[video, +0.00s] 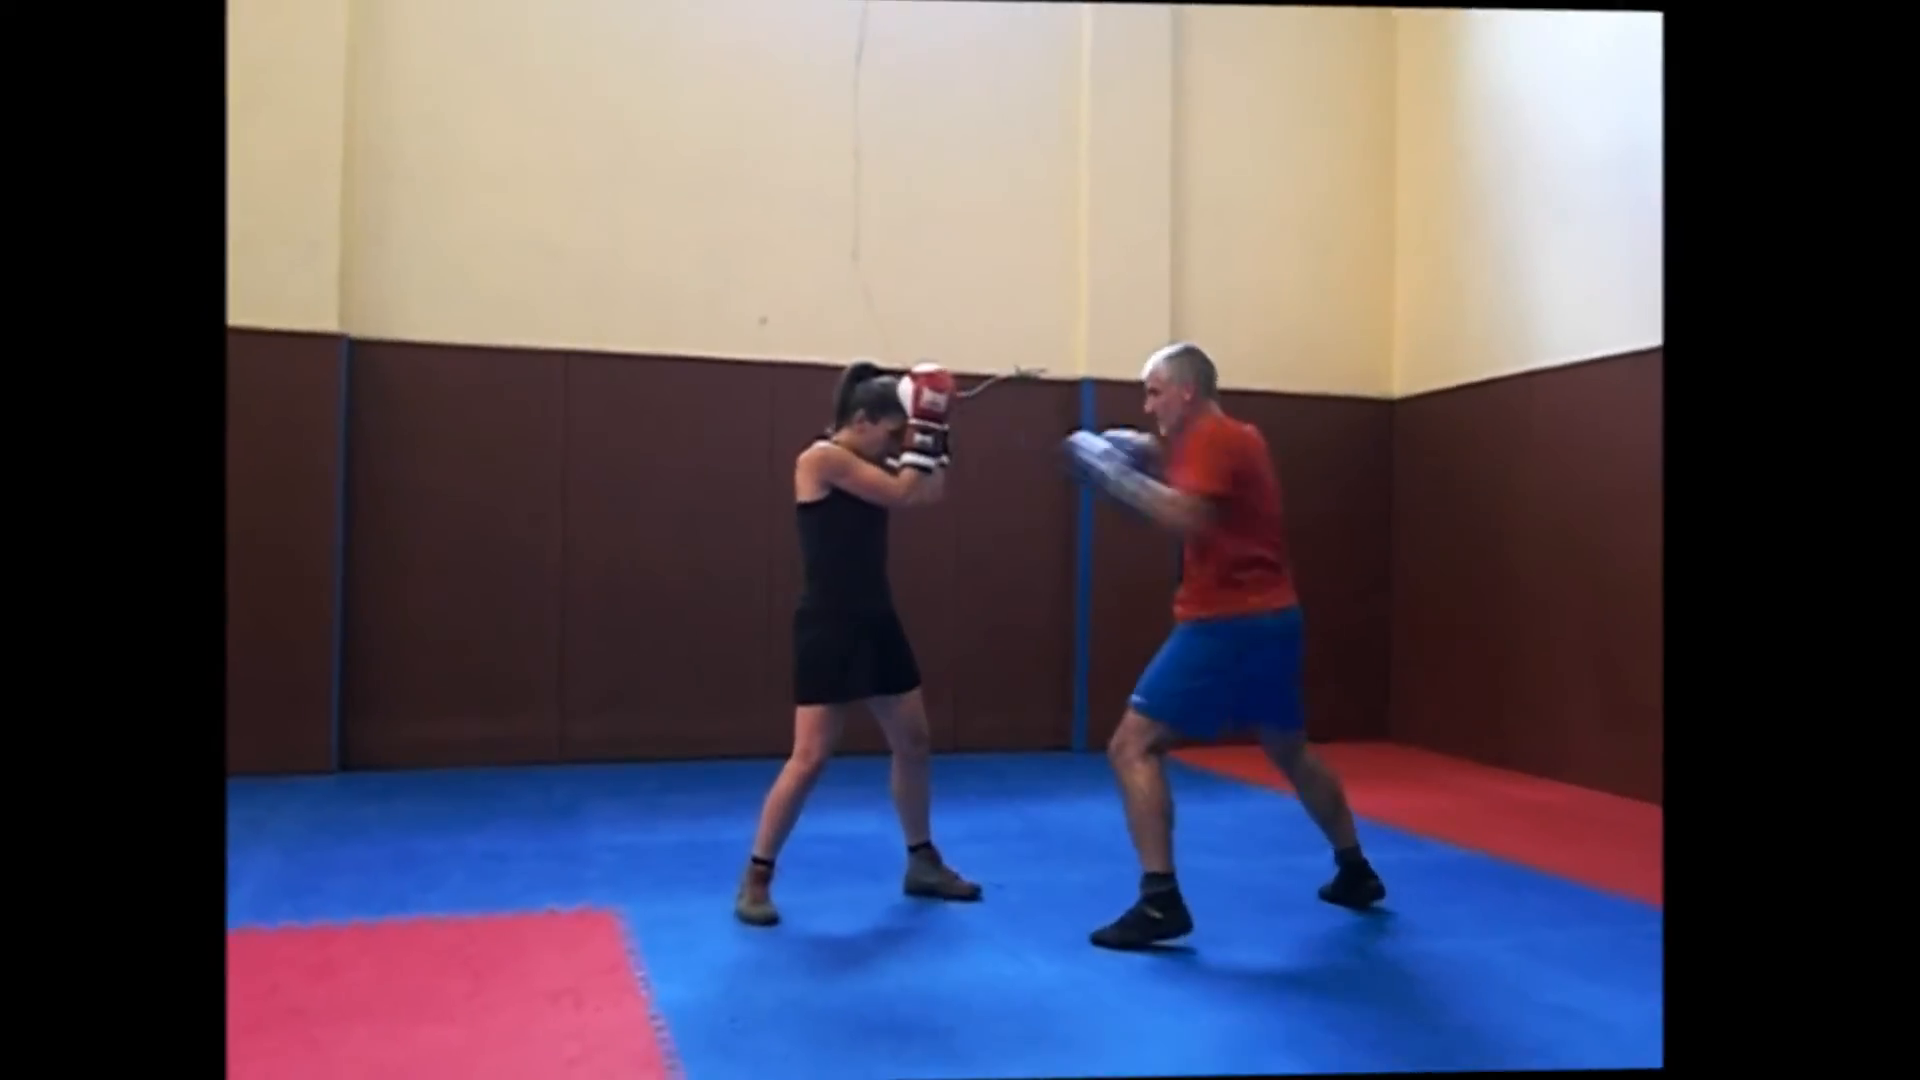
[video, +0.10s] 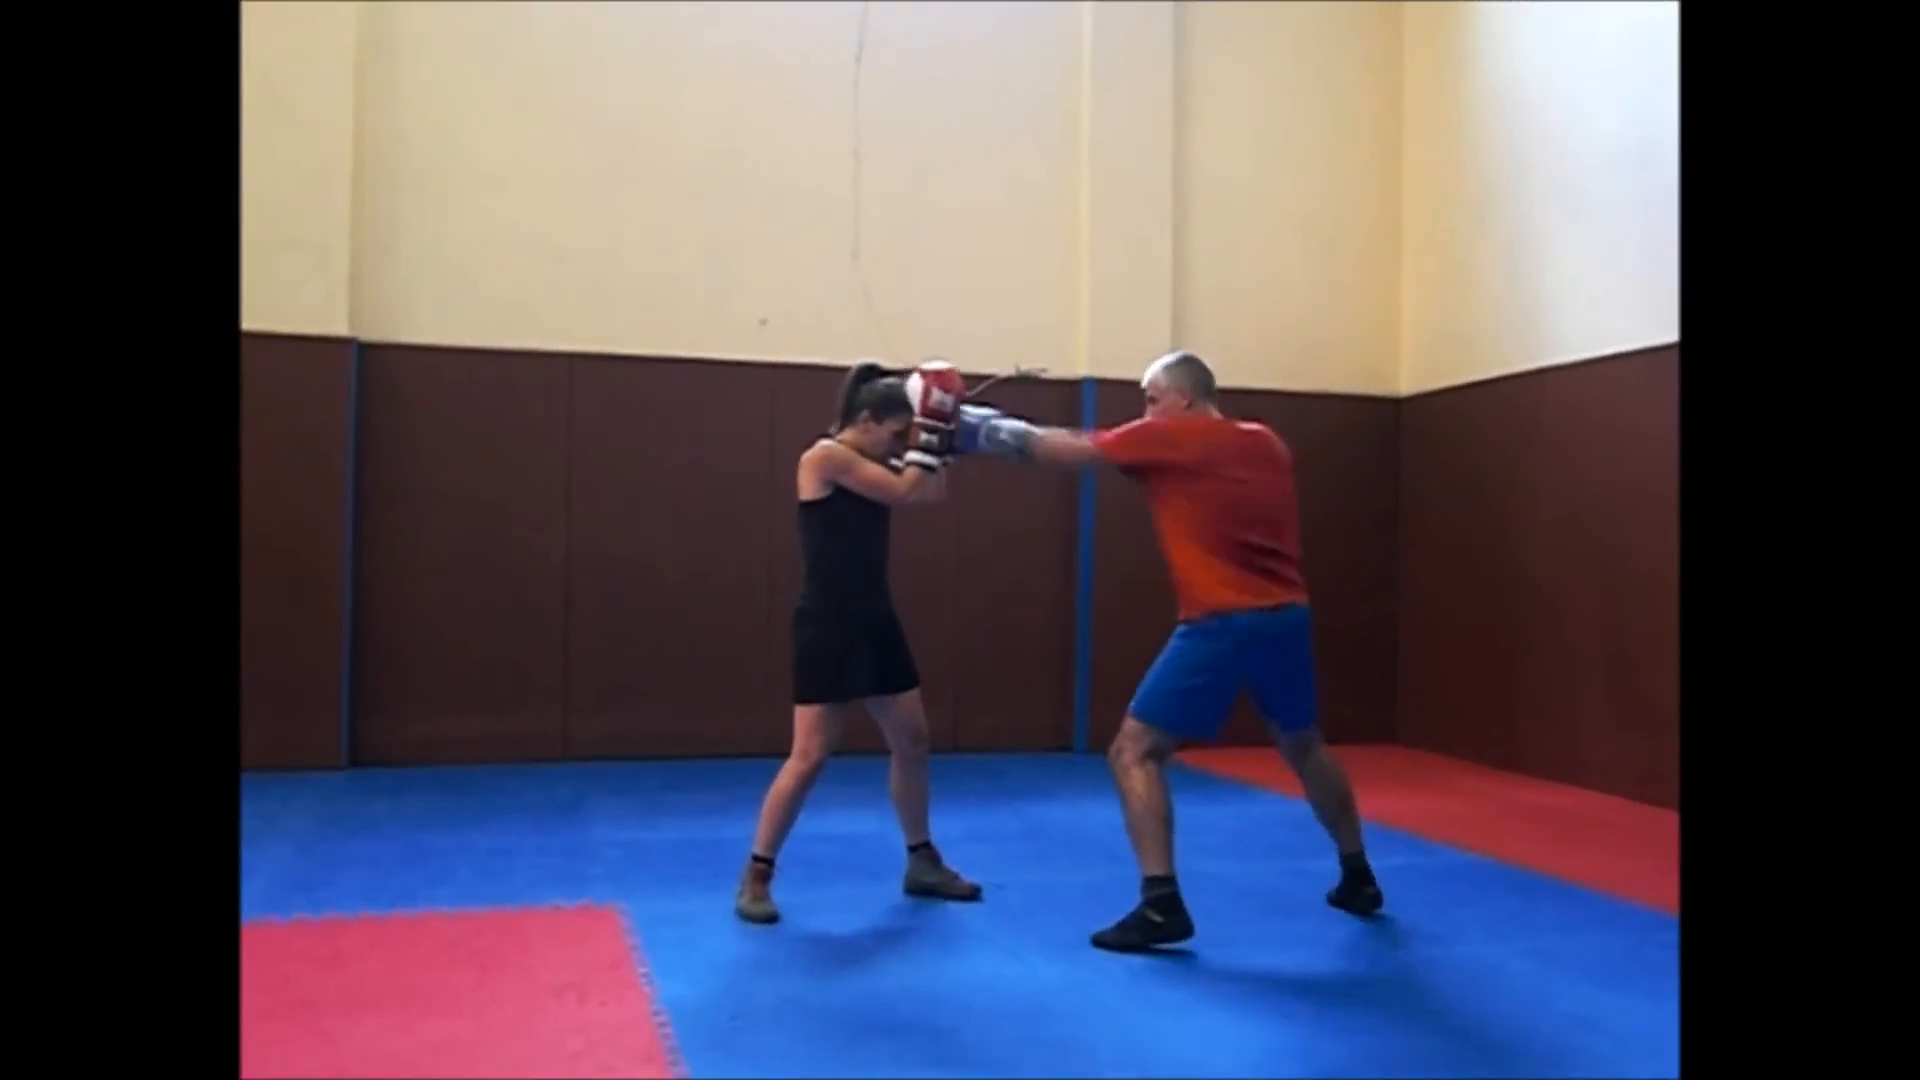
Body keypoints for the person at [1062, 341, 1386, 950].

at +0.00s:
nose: (1148, 405)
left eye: (1155, 392)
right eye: (1147, 393)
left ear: (1186, 391)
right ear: (1195, 393)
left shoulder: (1205, 439)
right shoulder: (1242, 435)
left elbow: (1188, 514)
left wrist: (1112, 476)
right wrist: (1151, 458)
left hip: (1218, 626)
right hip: (1273, 622)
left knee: (1132, 748)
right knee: (1291, 751)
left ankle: (1160, 901)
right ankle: (1355, 870)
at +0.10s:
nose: (1146, 410)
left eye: (1152, 399)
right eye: (1146, 400)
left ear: (1182, 397)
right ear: (1205, 399)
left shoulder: (1168, 436)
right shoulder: (1267, 441)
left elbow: (1067, 448)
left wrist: (985, 429)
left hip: (1215, 627)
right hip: (1287, 623)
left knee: (1133, 753)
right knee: (1306, 748)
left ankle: (1162, 906)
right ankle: (1359, 877)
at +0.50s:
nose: (1185, 406)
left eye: (1190, 392)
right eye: (1182, 394)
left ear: (1223, 387)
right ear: (1229, 389)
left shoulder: (1255, 435)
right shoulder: (1259, 435)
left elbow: (1191, 504)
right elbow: (1195, 498)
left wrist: (1158, 441)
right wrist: (1162, 447)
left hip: (1267, 619)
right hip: (1300, 618)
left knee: (1174, 737)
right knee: (1305, 753)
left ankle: (1178, 897)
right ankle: (1366, 881)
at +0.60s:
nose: (1197, 414)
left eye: (1197, 400)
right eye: (1193, 403)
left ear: (1224, 389)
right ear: (1228, 391)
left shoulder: (1257, 438)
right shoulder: (1257, 439)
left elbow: (1168, 484)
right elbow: (1156, 483)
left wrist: (1150, 419)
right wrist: (1146, 418)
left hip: (1269, 622)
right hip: (1296, 622)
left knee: (1184, 744)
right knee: (1299, 755)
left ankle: (1182, 904)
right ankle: (1370, 878)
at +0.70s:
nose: (1195, 417)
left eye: (1196, 402)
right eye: (1190, 406)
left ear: (1221, 392)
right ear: (1228, 395)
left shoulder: (1252, 444)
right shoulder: (1261, 444)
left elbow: (1153, 481)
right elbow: (1170, 473)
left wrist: (1143, 410)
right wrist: (1152, 413)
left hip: (1264, 628)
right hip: (1291, 628)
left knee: (1176, 746)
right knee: (1302, 759)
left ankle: (1182, 906)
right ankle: (1374, 879)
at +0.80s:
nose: (1189, 411)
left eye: (1192, 397)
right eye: (1186, 400)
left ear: (1218, 387)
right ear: (1227, 389)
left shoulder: (1247, 439)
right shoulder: (1258, 439)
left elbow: (1154, 488)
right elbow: (1170, 482)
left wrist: (1140, 415)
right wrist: (1148, 419)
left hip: (1262, 623)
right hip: (1296, 621)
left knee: (1174, 746)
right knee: (1317, 754)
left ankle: (1182, 906)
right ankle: (1379, 879)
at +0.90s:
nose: (1192, 413)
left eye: (1195, 400)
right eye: (1189, 403)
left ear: (1225, 393)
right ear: (1234, 395)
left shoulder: (1248, 446)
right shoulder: (1262, 444)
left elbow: (1153, 496)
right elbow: (1169, 492)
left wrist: (1139, 421)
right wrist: (1151, 424)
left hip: (1265, 630)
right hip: (1303, 627)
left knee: (1171, 746)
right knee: (1312, 759)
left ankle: (1182, 907)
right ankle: (1396, 881)